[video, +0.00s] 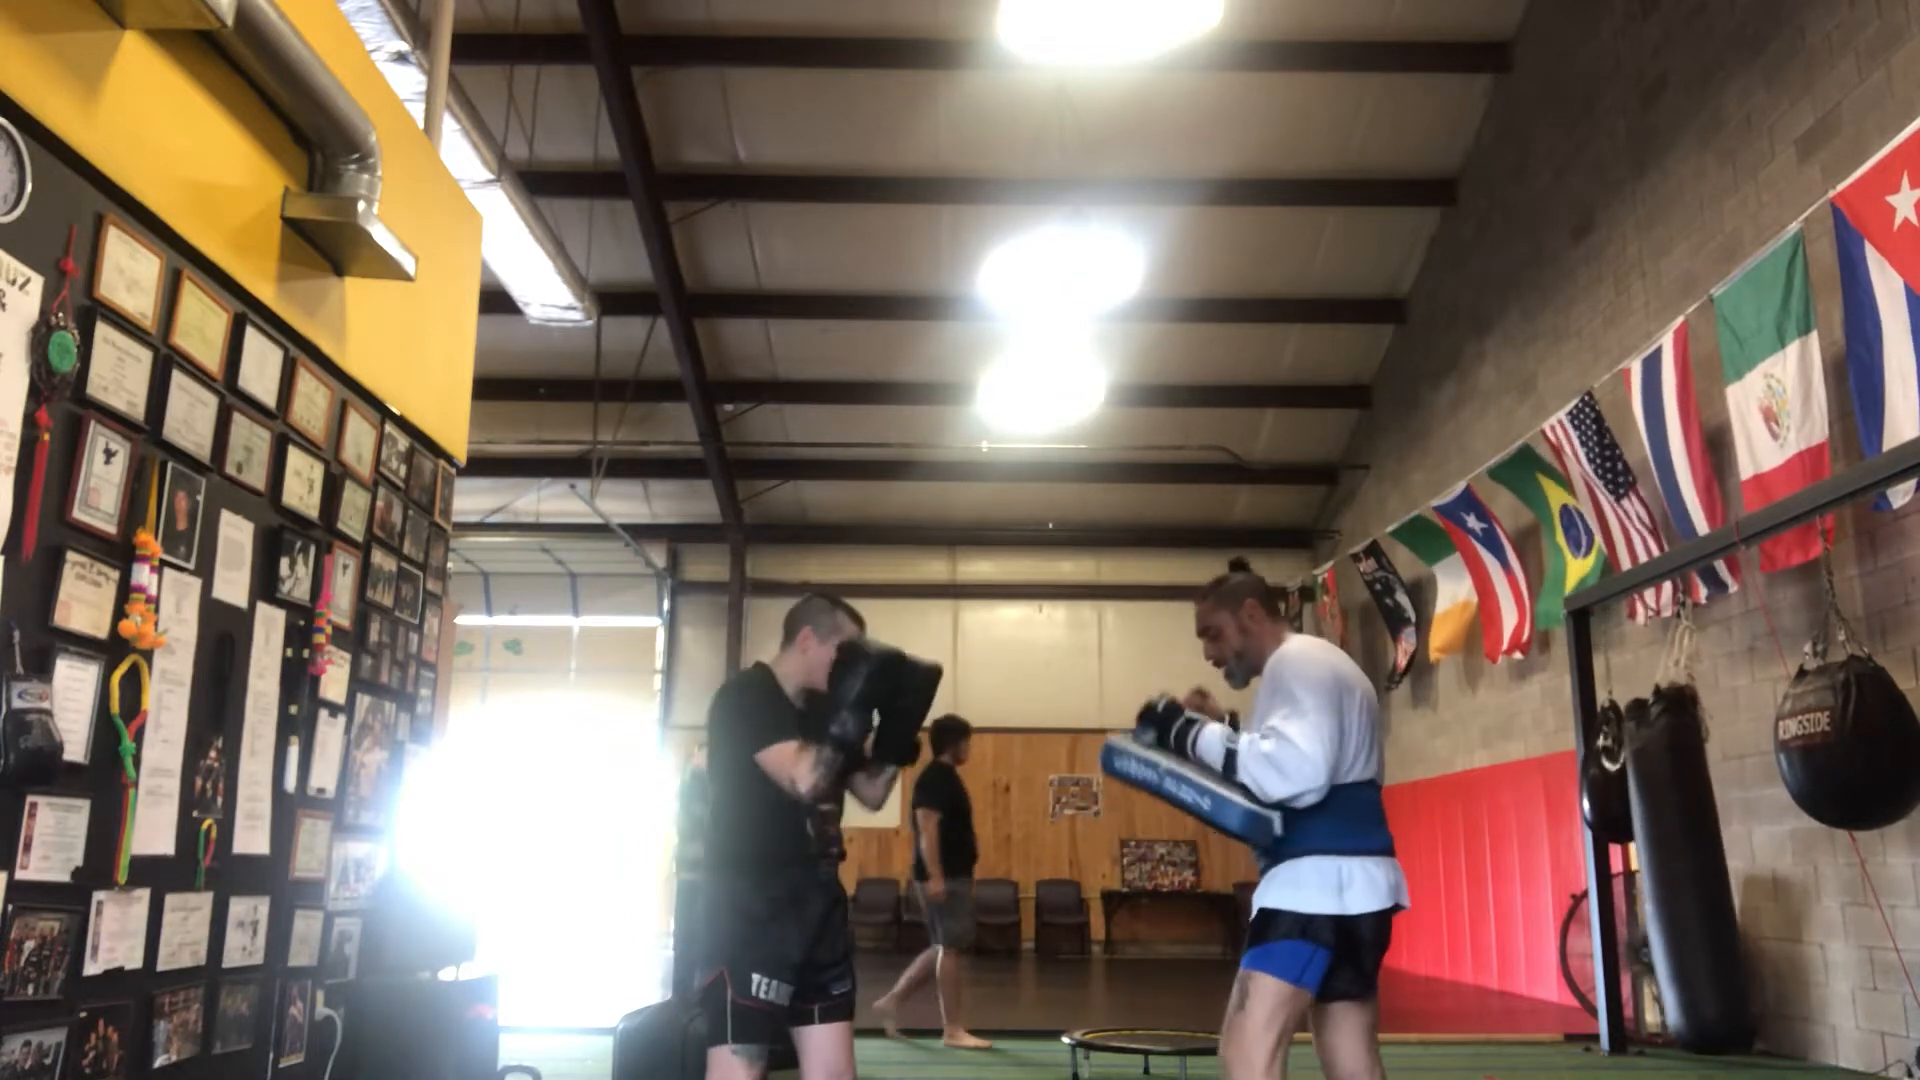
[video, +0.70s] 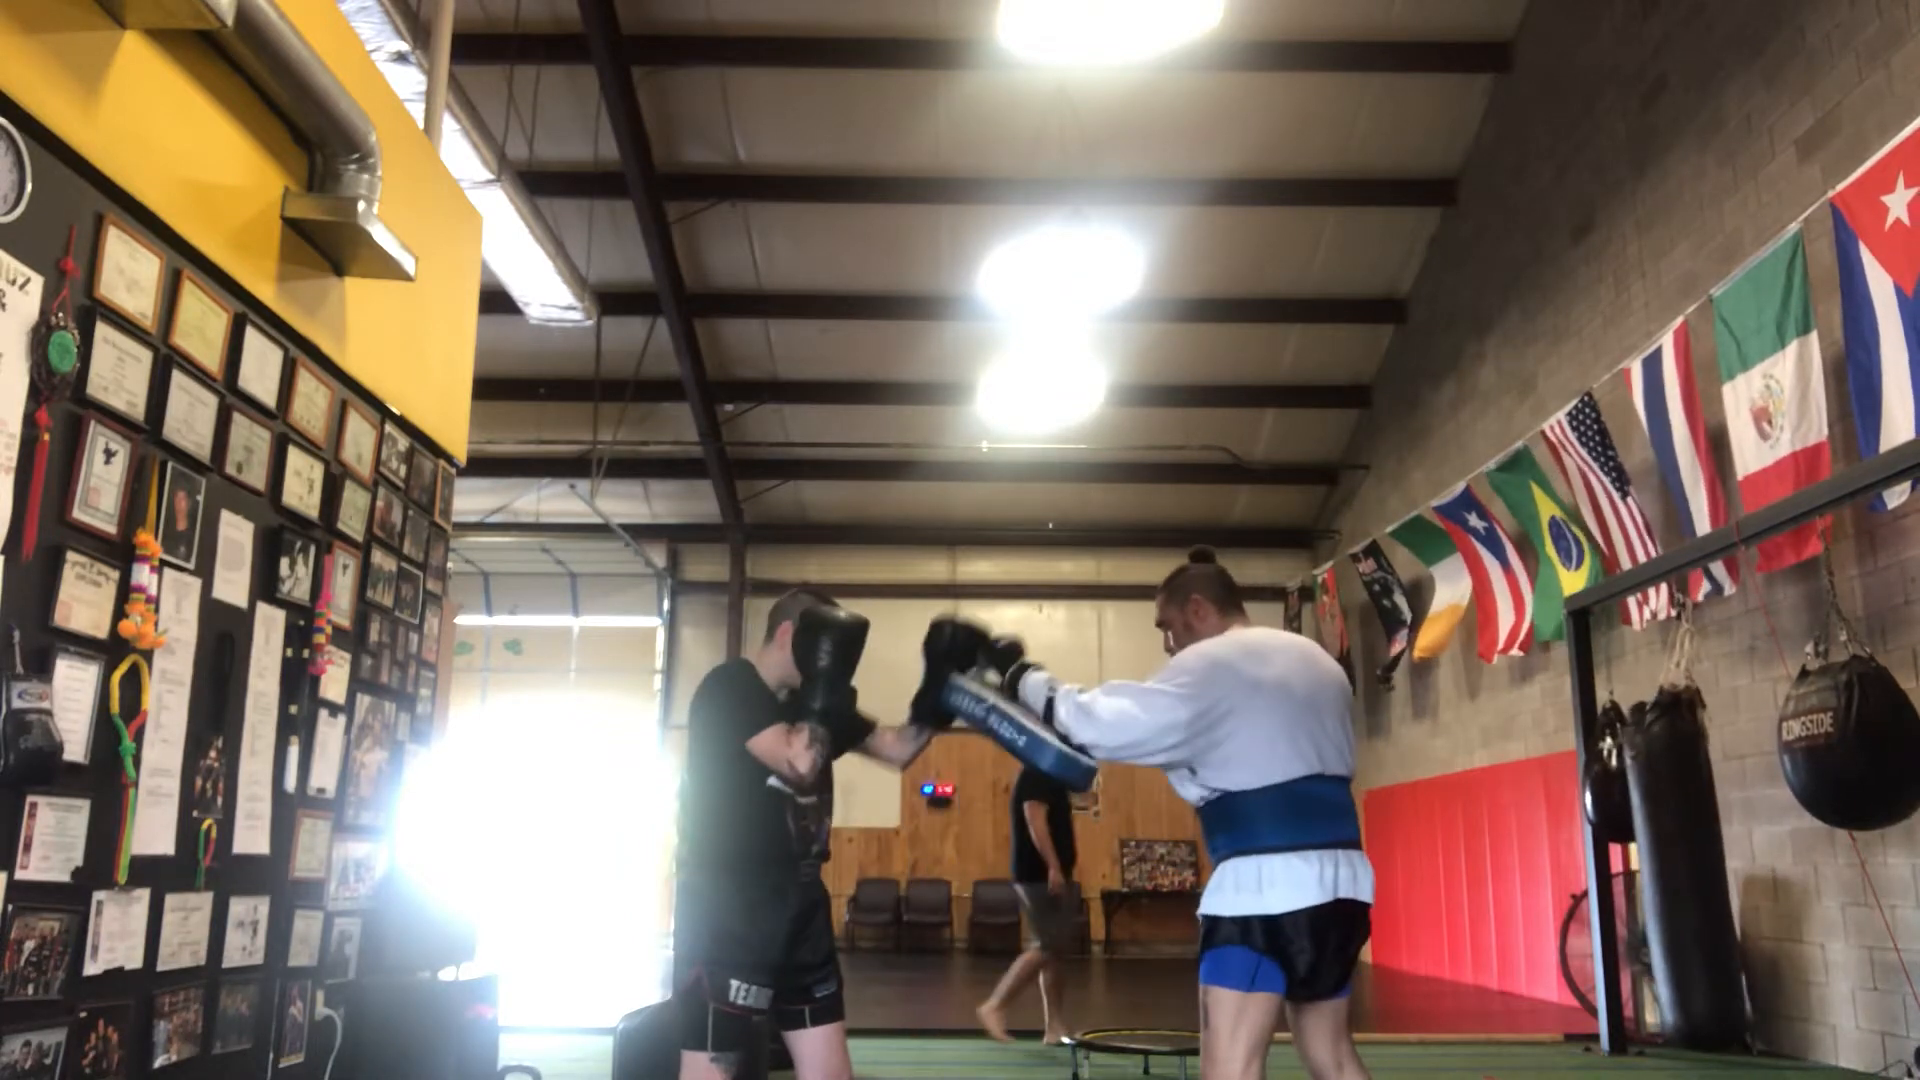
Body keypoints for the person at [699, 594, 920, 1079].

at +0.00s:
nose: (847, 663)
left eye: (852, 652)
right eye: (843, 649)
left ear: (809, 643)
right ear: (807, 639)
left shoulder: (822, 709)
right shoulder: (743, 696)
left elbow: (872, 794)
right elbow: (805, 779)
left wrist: (901, 718)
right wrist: (852, 703)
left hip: (818, 914)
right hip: (751, 915)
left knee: (832, 1070)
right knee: (736, 1068)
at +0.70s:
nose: (825, 656)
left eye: (831, 646)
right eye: (819, 643)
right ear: (787, 633)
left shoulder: (809, 703)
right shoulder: (727, 688)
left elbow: (897, 749)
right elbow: (800, 764)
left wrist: (942, 679)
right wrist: (824, 679)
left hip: (801, 913)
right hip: (729, 913)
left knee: (828, 1069)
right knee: (710, 1069)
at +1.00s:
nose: (823, 662)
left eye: (828, 651)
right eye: (816, 647)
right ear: (782, 636)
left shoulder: (812, 705)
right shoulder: (720, 691)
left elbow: (888, 770)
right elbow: (775, 779)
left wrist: (948, 728)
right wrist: (816, 702)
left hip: (797, 913)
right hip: (724, 915)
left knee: (824, 1070)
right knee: (715, 1070)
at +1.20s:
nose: (812, 670)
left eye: (818, 659)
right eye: (809, 655)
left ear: (775, 643)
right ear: (773, 640)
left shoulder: (783, 710)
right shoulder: (708, 694)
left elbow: (834, 797)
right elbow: (772, 780)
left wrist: (871, 721)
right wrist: (822, 703)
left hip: (786, 907)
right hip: (720, 909)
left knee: (822, 1069)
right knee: (713, 1070)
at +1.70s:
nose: (811, 656)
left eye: (817, 646)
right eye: (806, 643)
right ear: (772, 636)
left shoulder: (790, 702)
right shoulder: (711, 691)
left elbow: (881, 754)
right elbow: (780, 778)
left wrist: (949, 710)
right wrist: (815, 699)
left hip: (784, 904)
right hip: (716, 908)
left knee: (838, 1068)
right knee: (709, 1071)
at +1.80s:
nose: (824, 654)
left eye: (829, 644)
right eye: (817, 641)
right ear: (782, 636)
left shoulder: (810, 698)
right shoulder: (725, 686)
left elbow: (907, 744)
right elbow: (790, 771)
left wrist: (973, 697)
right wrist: (826, 692)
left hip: (795, 900)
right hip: (725, 904)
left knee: (883, 1044)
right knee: (709, 1070)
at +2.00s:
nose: (851, 650)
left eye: (855, 641)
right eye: (843, 639)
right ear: (811, 632)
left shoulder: (847, 695)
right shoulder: (753, 687)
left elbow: (940, 714)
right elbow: (816, 764)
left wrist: (968, 646)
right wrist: (850, 683)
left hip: (834, 898)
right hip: (759, 905)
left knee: (942, 1021)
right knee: (731, 1070)